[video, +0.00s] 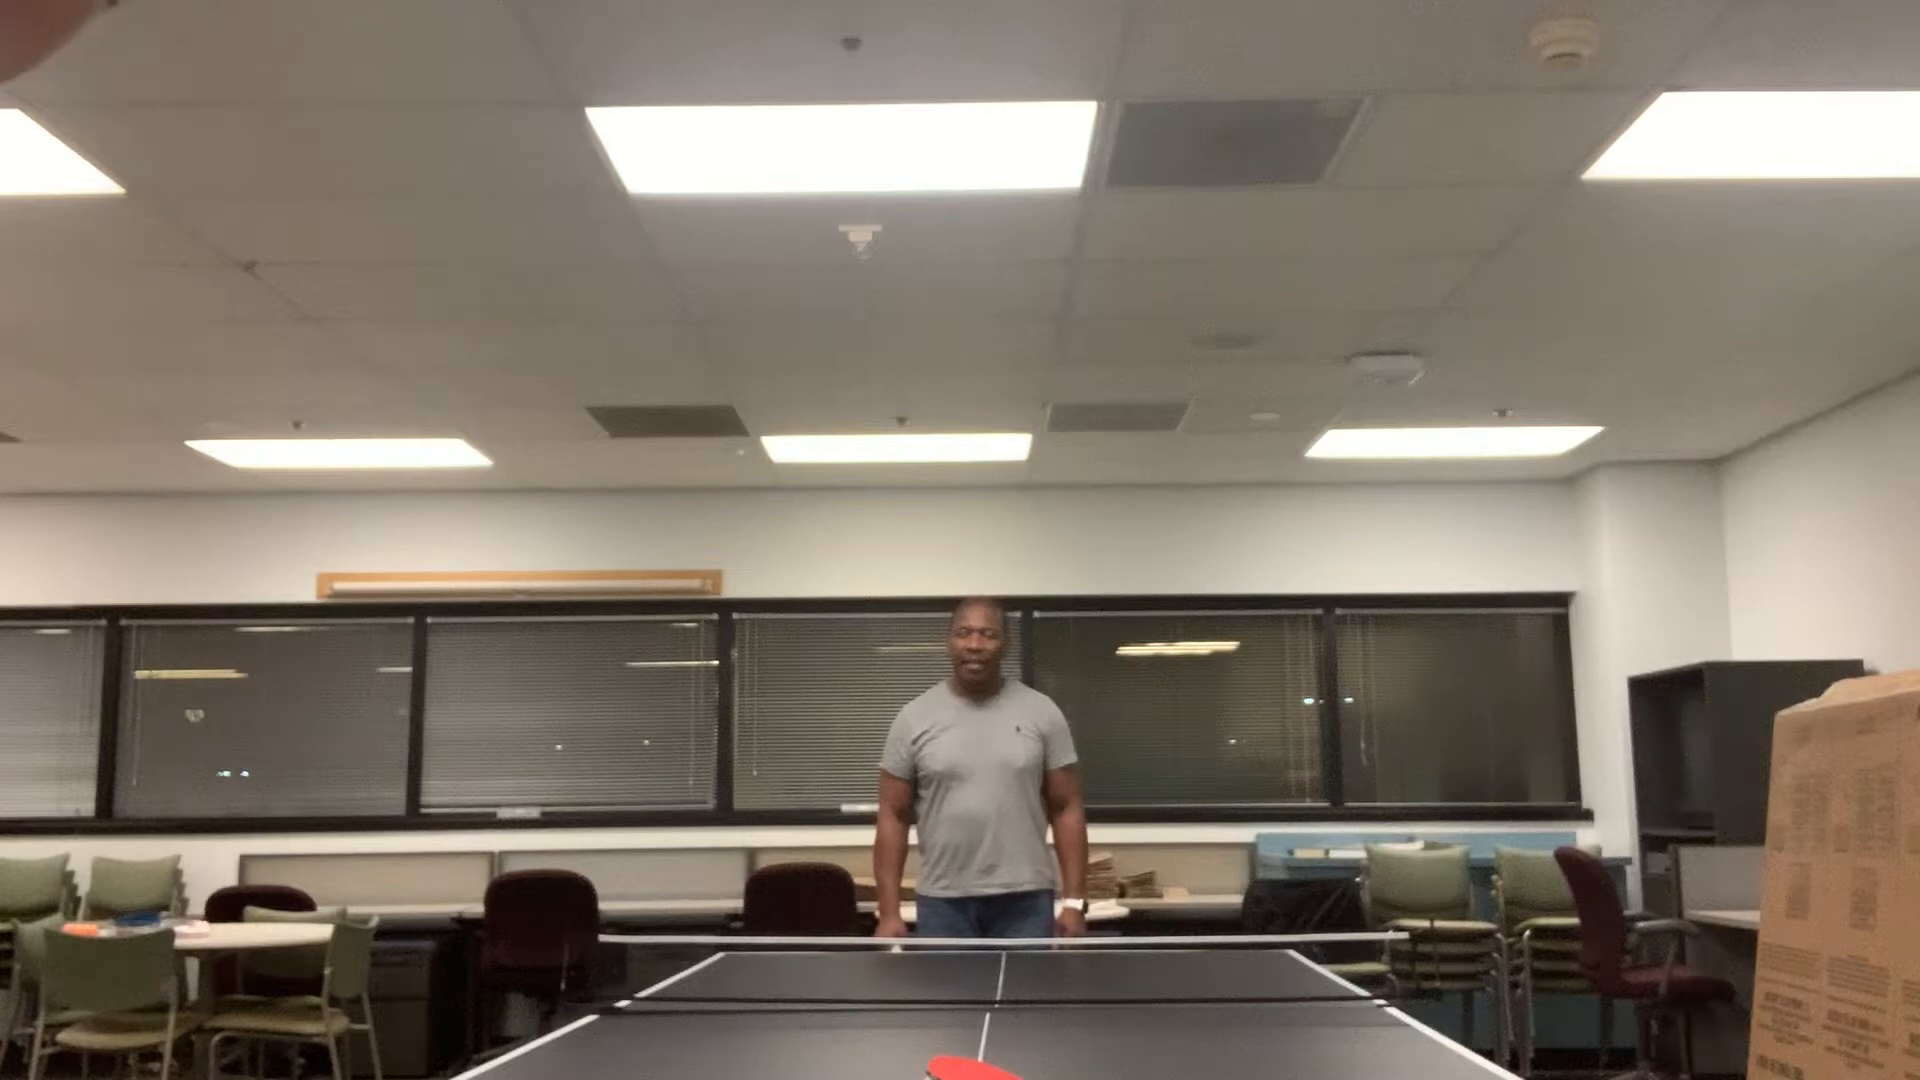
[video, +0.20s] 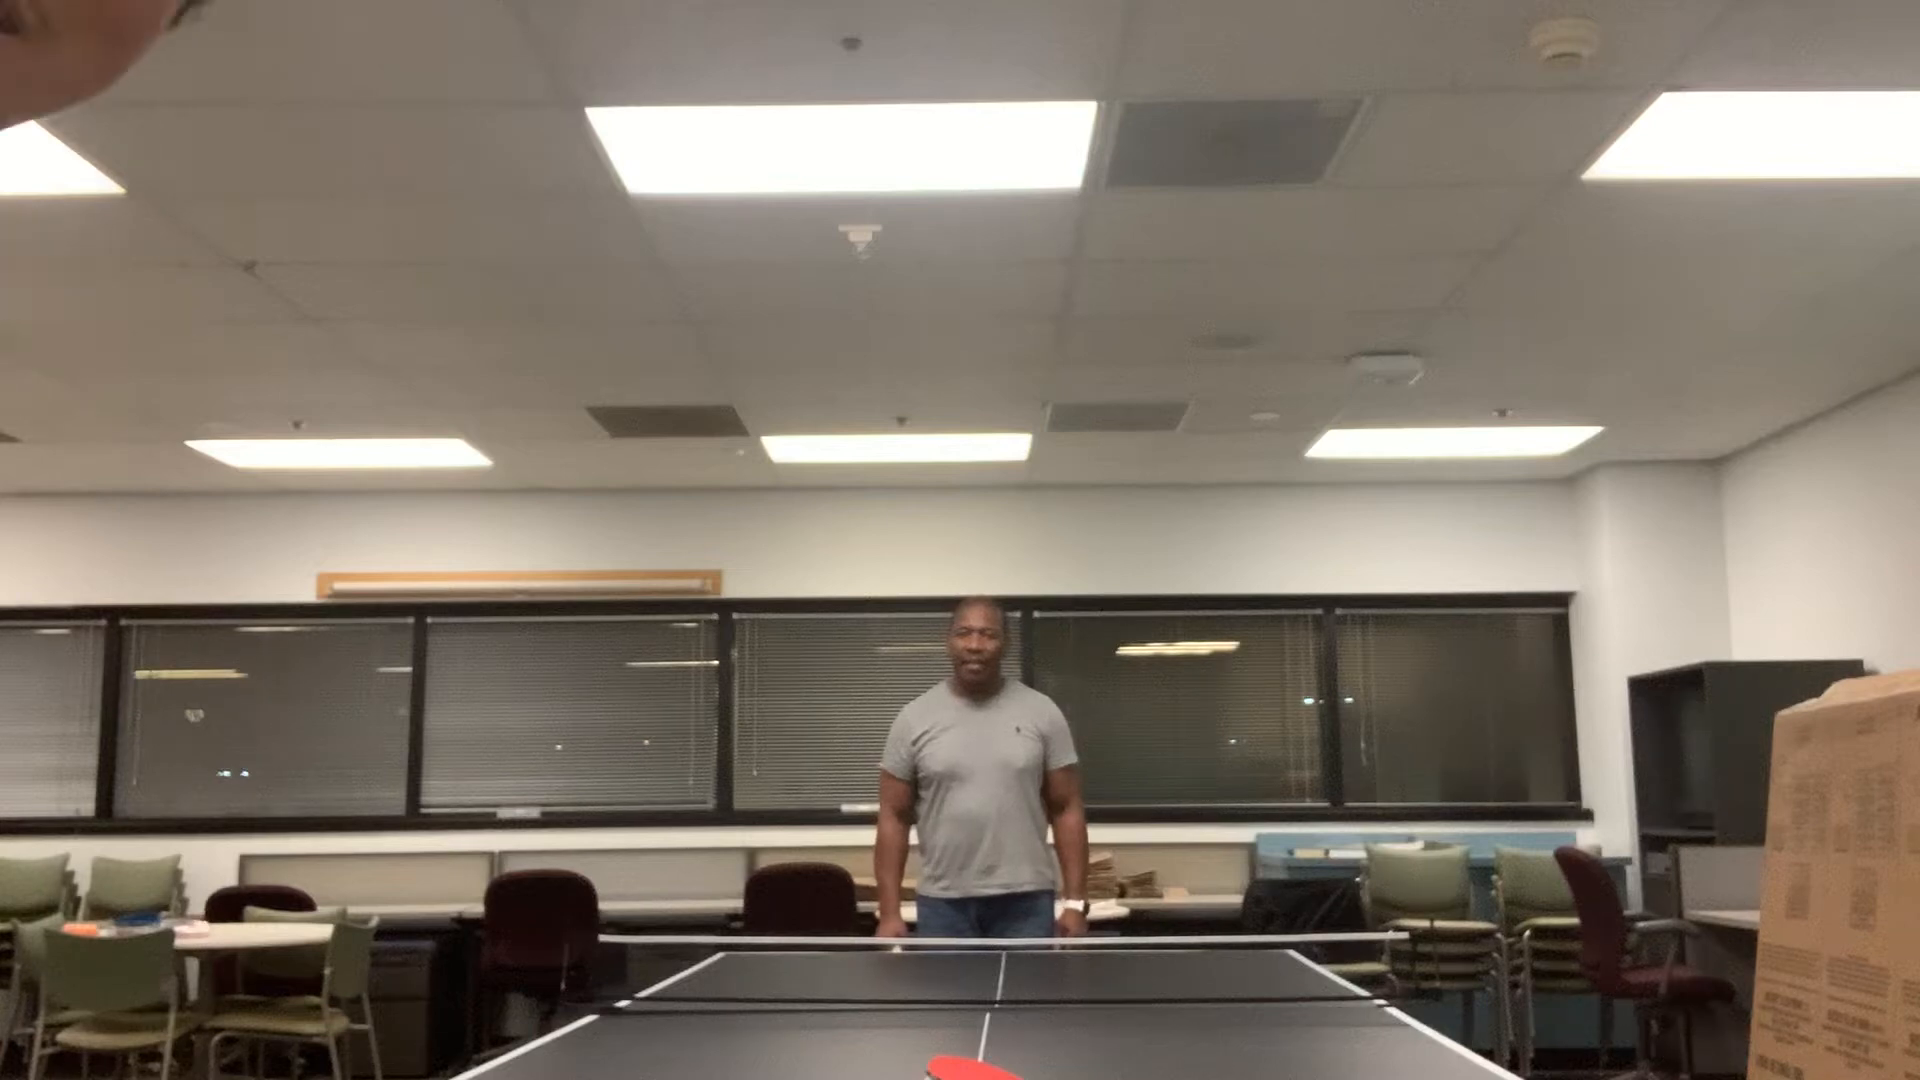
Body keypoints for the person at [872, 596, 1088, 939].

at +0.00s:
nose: (975, 645)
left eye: (988, 634)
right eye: (964, 633)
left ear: (1004, 644)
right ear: (948, 641)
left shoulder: (1041, 713)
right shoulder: (914, 719)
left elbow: (1066, 807)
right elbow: (893, 816)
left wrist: (1073, 902)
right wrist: (889, 913)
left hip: (1026, 901)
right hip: (943, 903)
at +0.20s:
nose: (975, 645)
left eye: (988, 635)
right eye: (964, 633)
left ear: (1004, 644)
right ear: (948, 641)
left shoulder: (1041, 713)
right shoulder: (914, 720)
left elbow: (1066, 807)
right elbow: (894, 816)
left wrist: (1074, 902)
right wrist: (889, 913)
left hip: (1026, 902)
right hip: (943, 903)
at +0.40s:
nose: (974, 645)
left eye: (988, 635)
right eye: (964, 633)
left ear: (1004, 644)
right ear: (948, 642)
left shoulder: (1041, 713)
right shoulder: (914, 720)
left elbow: (1066, 808)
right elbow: (894, 817)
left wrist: (1073, 903)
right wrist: (890, 914)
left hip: (1026, 903)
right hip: (944, 904)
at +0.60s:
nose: (974, 645)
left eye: (987, 635)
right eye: (964, 633)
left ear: (1004, 644)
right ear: (949, 641)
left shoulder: (1041, 713)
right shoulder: (914, 720)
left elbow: (1066, 807)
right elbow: (894, 817)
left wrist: (1072, 904)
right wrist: (890, 914)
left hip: (1026, 902)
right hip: (944, 904)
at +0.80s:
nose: (974, 646)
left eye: (987, 635)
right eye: (964, 633)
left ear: (1004, 644)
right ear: (949, 642)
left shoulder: (1041, 713)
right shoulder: (914, 720)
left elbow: (1066, 807)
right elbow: (894, 817)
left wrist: (1073, 903)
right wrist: (890, 913)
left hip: (1026, 902)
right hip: (944, 903)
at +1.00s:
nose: (974, 646)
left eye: (987, 635)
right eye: (964, 633)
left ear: (1004, 644)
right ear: (949, 642)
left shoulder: (1041, 713)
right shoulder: (914, 720)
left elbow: (1067, 807)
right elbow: (894, 817)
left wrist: (1073, 903)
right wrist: (890, 913)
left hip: (1026, 902)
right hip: (944, 903)